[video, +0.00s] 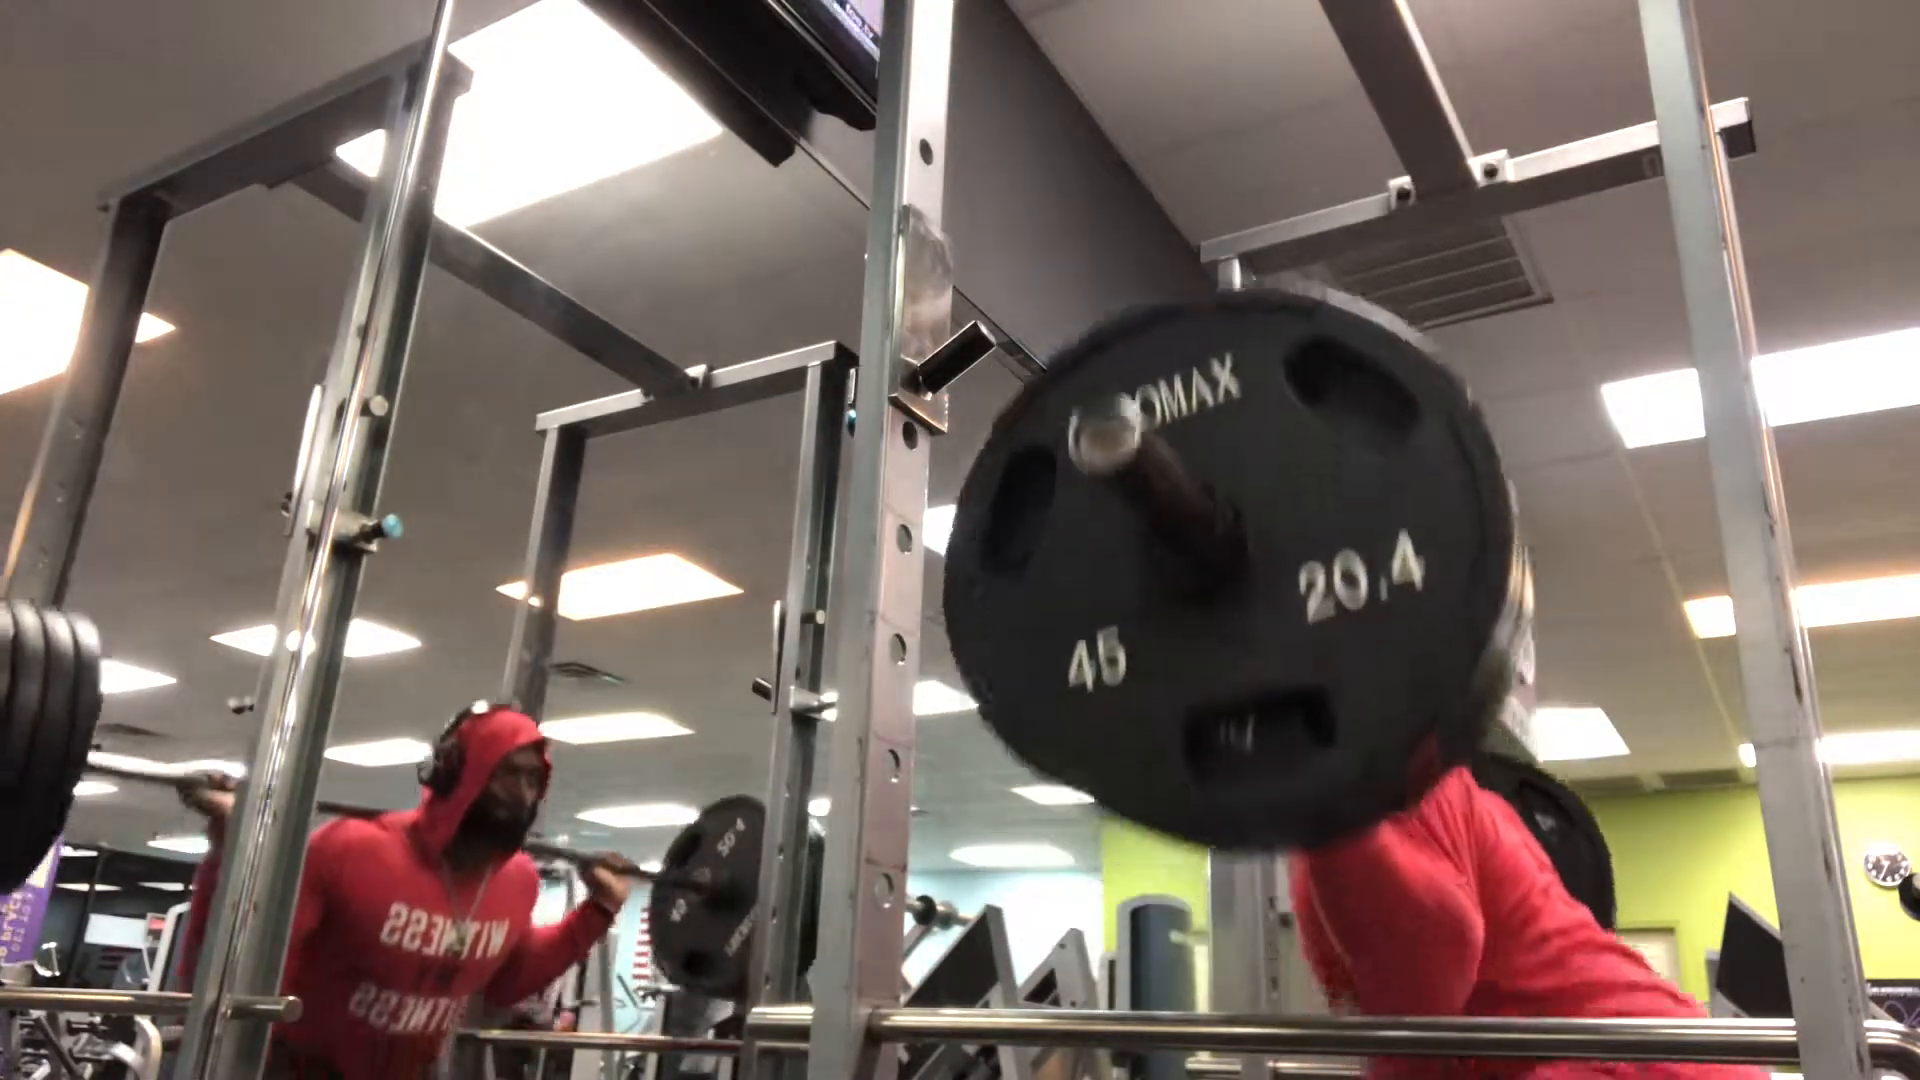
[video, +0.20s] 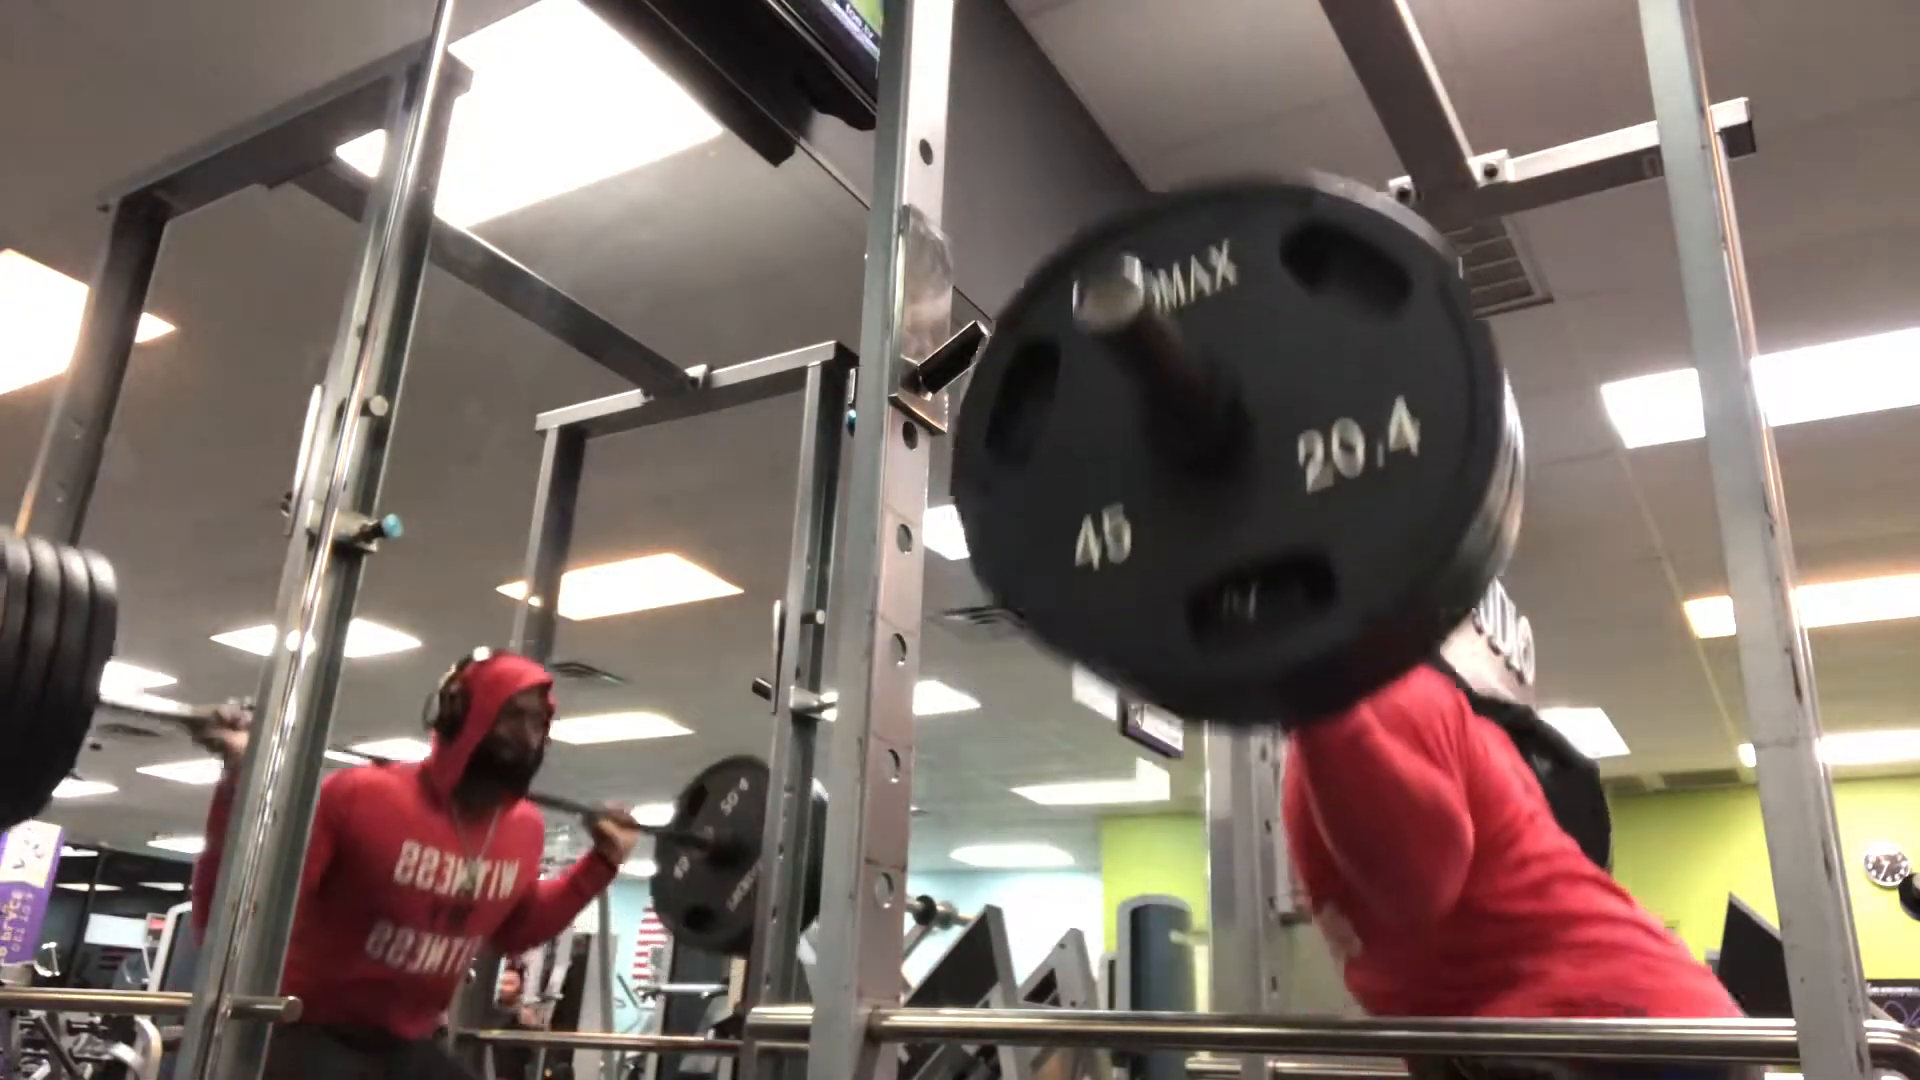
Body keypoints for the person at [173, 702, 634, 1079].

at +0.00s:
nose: (522, 791)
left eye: (534, 779)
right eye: (507, 773)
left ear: (544, 792)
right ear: (462, 772)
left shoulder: (517, 880)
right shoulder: (351, 848)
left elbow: (503, 985)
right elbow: (227, 961)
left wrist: (597, 913)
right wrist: (232, 841)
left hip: (412, 1066)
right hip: (306, 1060)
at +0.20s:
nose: (529, 738)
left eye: (540, 722)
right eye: (513, 716)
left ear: (547, 734)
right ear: (467, 718)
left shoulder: (523, 829)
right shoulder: (358, 795)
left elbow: (511, 932)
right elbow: (223, 918)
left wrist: (601, 862)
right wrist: (242, 778)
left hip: (417, 1049)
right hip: (314, 1037)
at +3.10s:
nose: (525, 776)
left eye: (535, 762)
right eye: (510, 756)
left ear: (542, 772)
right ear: (464, 754)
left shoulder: (512, 864)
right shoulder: (348, 831)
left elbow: (504, 974)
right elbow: (218, 949)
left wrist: (590, 901)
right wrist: (231, 826)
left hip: (403, 1068)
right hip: (300, 1059)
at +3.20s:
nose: (521, 799)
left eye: (531, 784)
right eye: (506, 779)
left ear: (539, 796)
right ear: (459, 777)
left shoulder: (510, 886)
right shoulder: (344, 855)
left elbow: (497, 998)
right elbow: (214, 976)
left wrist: (588, 921)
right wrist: (227, 846)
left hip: (402, 1069)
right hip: (298, 1061)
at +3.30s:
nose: (524, 819)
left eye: (533, 803)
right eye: (508, 797)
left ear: (537, 810)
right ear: (456, 795)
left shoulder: (508, 905)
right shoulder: (338, 874)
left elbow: (493, 1014)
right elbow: (214, 992)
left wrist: (586, 937)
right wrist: (225, 861)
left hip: (409, 1072)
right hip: (300, 1067)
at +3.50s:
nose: (516, 850)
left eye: (527, 834)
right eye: (501, 829)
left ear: (535, 840)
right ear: (455, 827)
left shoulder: (506, 935)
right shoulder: (335, 906)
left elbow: (493, 1041)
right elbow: (210, 1029)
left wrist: (583, 967)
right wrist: (221, 897)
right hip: (303, 1072)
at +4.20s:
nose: (529, 825)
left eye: (538, 808)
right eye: (513, 803)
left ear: (546, 815)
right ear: (464, 802)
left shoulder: (516, 905)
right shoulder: (347, 877)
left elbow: (504, 1007)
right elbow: (237, 994)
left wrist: (599, 934)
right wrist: (232, 867)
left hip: (421, 1070)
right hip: (316, 1065)